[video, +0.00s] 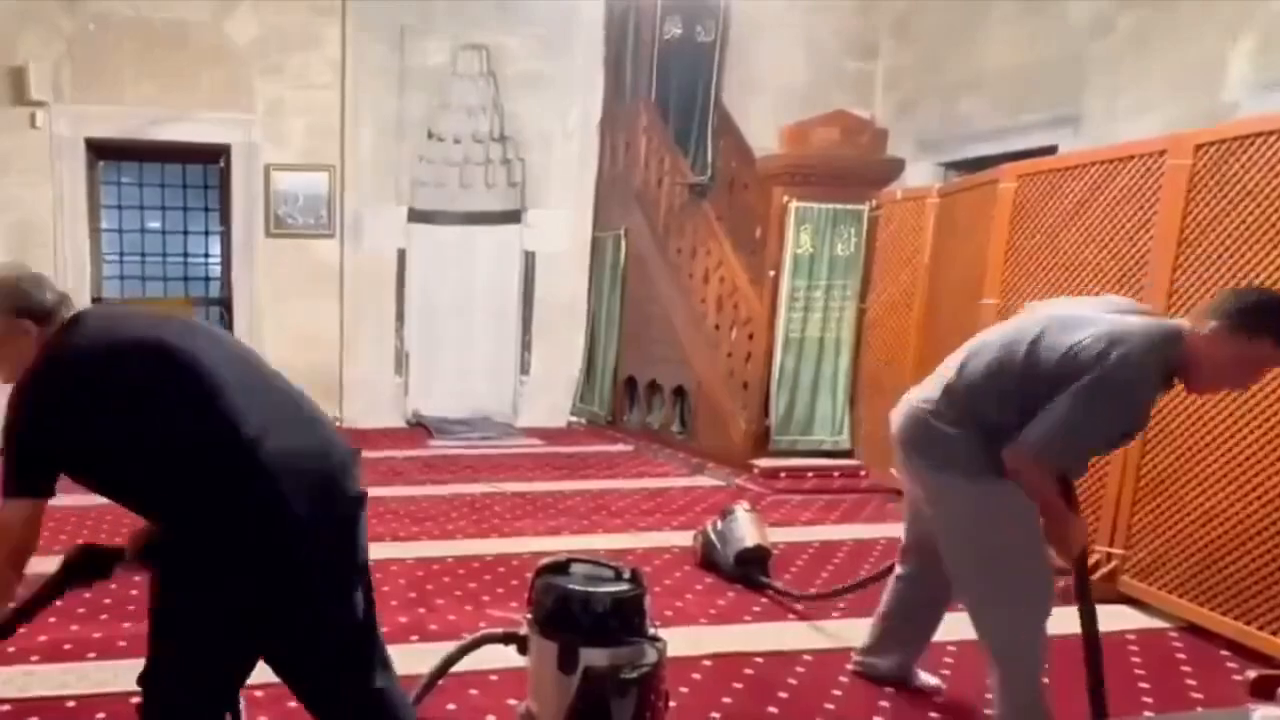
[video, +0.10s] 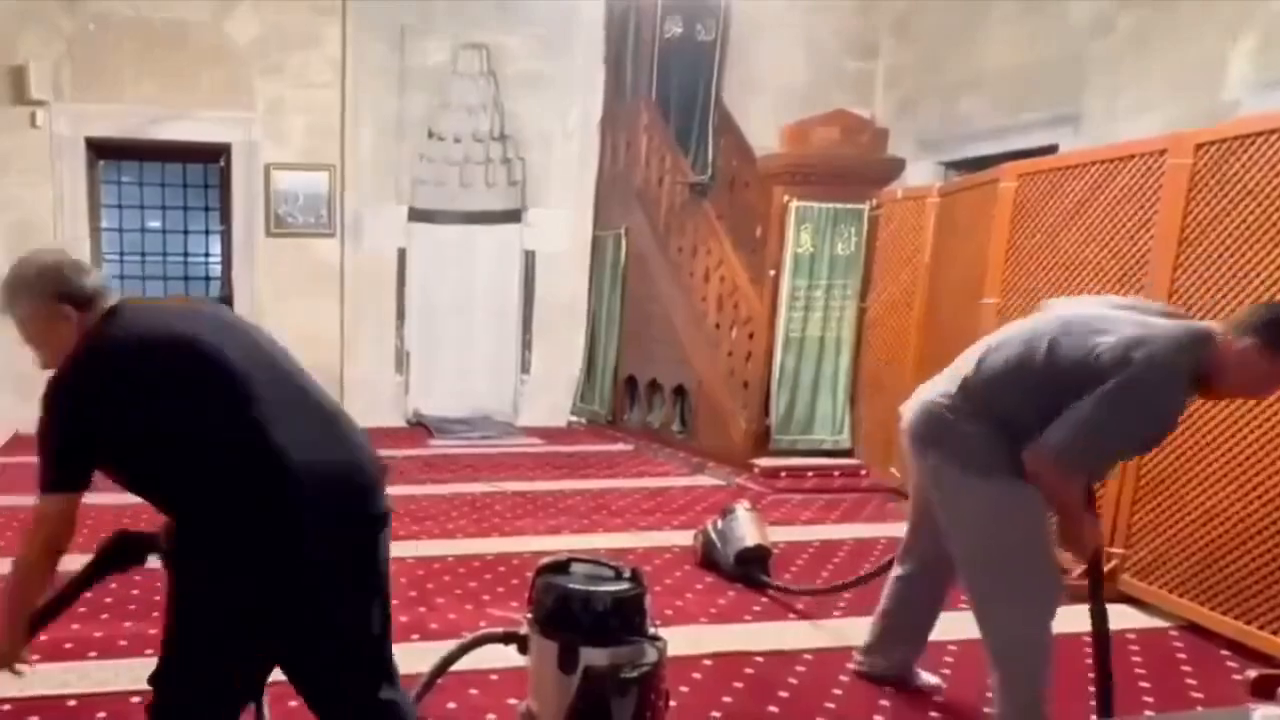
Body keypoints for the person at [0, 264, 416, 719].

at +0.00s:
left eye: (0, 341)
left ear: (24, 328)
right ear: (56, 311)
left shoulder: (43, 390)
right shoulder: (136, 330)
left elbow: (10, 567)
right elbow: (212, 475)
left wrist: (11, 608)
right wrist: (122, 554)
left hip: (226, 525)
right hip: (325, 488)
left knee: (181, 702)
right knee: (355, 686)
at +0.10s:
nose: (34, 356)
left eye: (31, 334)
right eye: (26, 338)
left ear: (62, 312)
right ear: (94, 296)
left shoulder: (77, 382)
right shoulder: (192, 318)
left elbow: (48, 541)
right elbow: (245, 446)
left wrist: (12, 632)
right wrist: (164, 535)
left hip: (244, 532)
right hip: (349, 500)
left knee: (191, 704)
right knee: (362, 692)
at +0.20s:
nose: (82, 342)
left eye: (80, 322)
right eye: (74, 326)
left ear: (111, 304)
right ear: (149, 286)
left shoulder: (124, 372)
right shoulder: (236, 306)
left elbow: (93, 527)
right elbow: (288, 438)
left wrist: (55, 629)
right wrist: (212, 529)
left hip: (277, 531)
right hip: (383, 507)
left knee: (205, 705)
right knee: (373, 698)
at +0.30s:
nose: (121, 337)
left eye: (120, 315)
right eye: (114, 320)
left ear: (158, 296)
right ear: (188, 283)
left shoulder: (170, 364)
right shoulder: (283, 300)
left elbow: (145, 522)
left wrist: (118, 627)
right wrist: (258, 526)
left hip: (313, 536)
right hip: (418, 514)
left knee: (236, 706)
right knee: (387, 698)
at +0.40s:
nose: (162, 329)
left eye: (163, 309)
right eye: (157, 312)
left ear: (200, 291)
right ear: (230, 277)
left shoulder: (210, 359)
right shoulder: (325, 295)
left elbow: (196, 510)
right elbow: (366, 410)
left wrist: (177, 622)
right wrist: (300, 503)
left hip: (348, 534)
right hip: (455, 515)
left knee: (277, 703)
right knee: (412, 697)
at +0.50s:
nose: (195, 326)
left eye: (194, 305)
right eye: (188, 308)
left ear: (229, 282)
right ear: (259, 270)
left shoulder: (239, 348)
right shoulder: (353, 287)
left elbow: (236, 502)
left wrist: (226, 611)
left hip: (373, 531)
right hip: (482, 513)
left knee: (287, 706)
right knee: (424, 701)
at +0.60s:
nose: (213, 314)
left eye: (210, 295)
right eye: (205, 300)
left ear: (247, 270)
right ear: (274, 256)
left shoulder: (258, 336)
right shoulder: (376, 272)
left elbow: (265, 487)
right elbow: (481, 354)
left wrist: (267, 593)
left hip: (397, 521)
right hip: (505, 502)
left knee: (308, 702)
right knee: (443, 699)